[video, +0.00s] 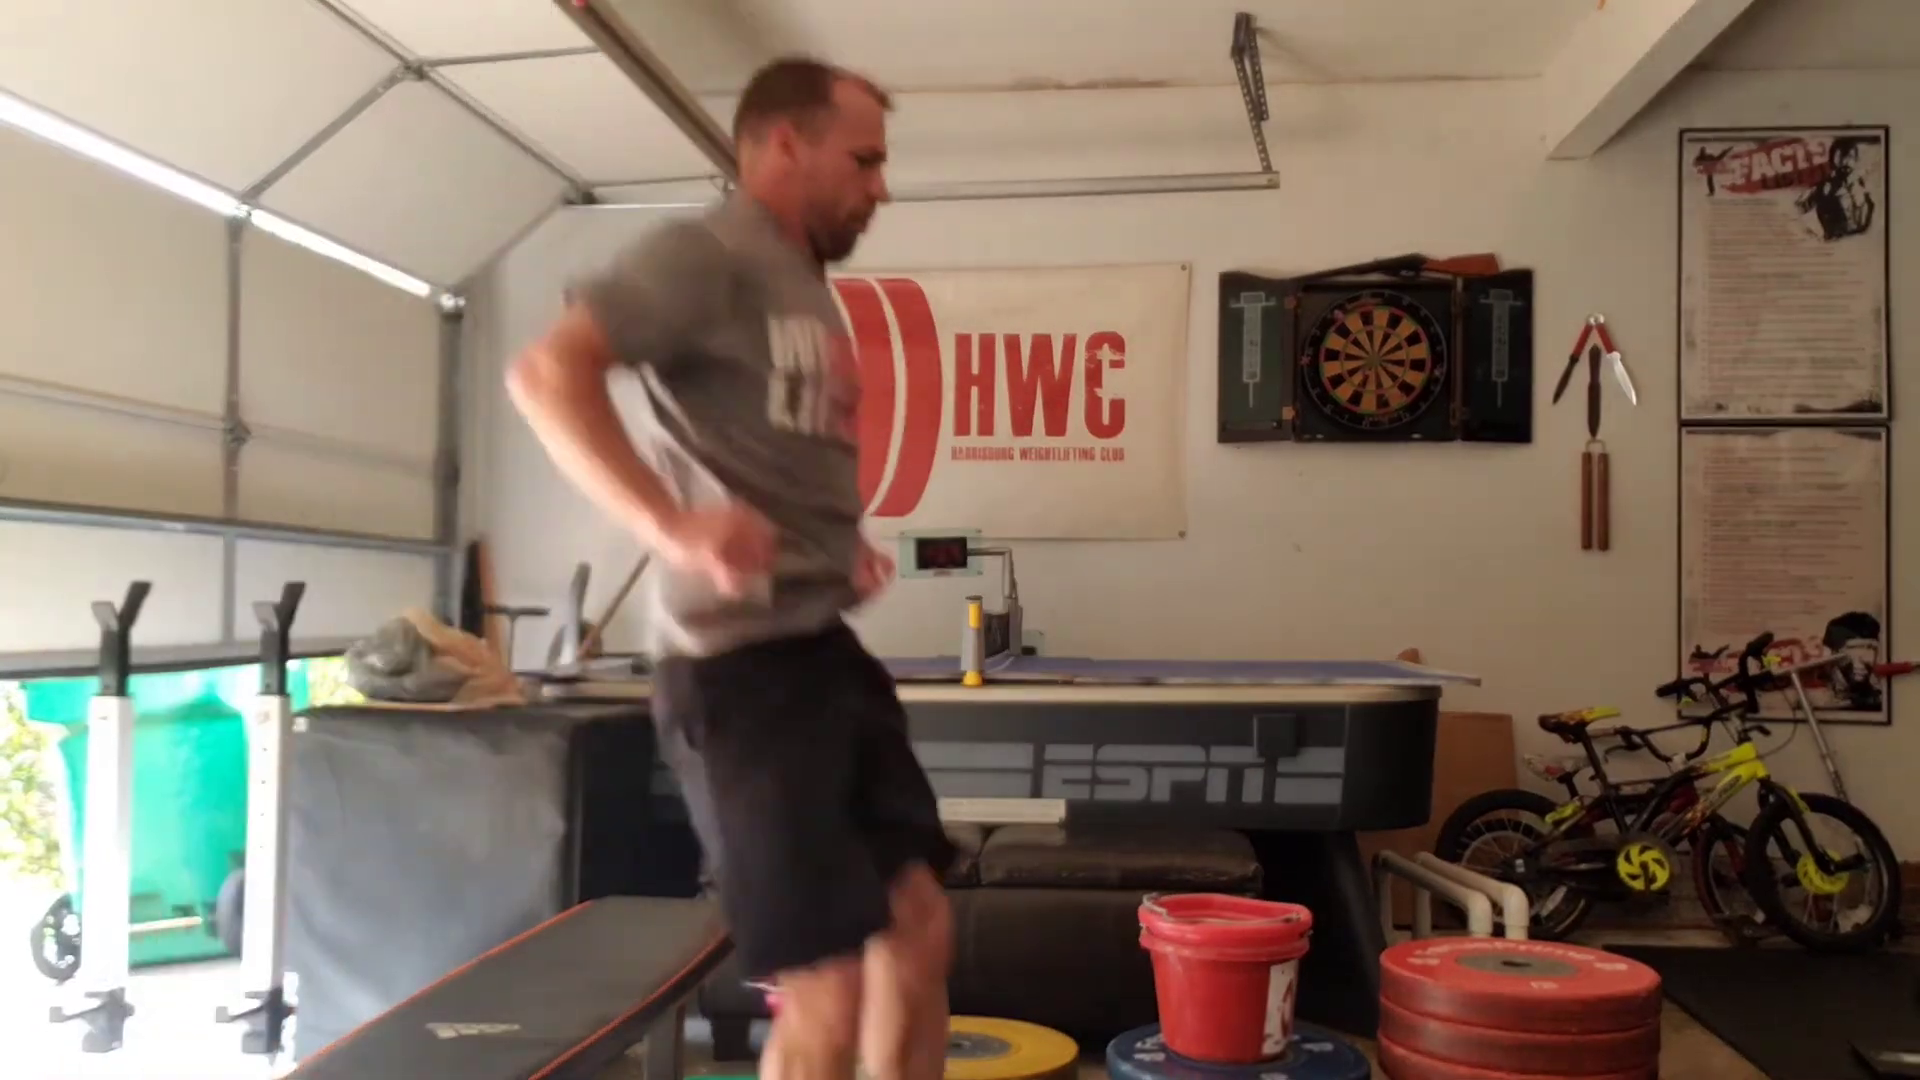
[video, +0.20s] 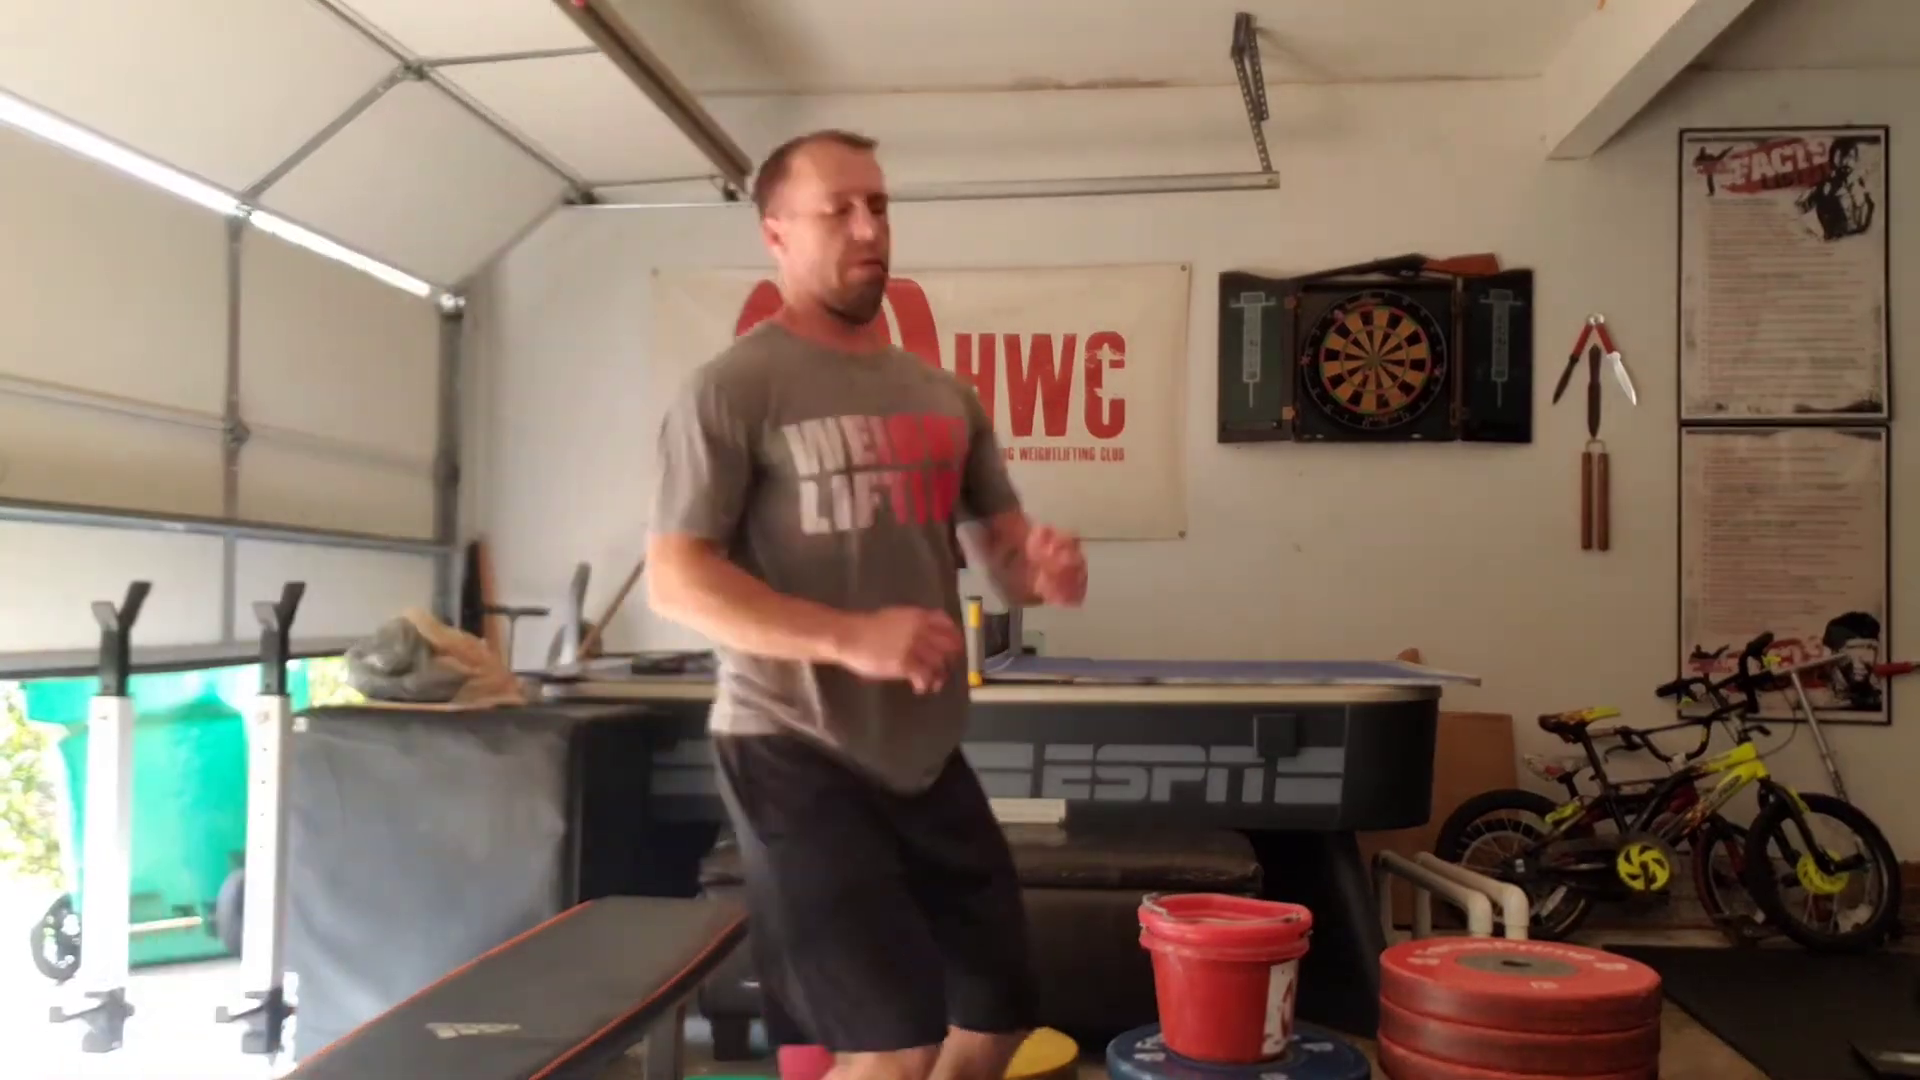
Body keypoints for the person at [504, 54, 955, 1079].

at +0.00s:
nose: (881, 190)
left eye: (882, 165)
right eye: (867, 161)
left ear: (794, 152)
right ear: (785, 146)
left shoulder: (799, 279)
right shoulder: (705, 253)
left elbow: (735, 440)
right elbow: (546, 371)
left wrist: (832, 537)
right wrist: (671, 523)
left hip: (825, 655)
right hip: (736, 672)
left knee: (918, 922)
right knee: (822, 986)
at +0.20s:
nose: (870, 230)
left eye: (879, 208)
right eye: (839, 212)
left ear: (892, 223)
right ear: (777, 239)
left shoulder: (943, 396)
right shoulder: (729, 392)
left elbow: (999, 542)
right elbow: (675, 575)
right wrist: (848, 634)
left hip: (926, 750)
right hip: (793, 752)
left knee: (991, 1019)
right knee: (889, 1039)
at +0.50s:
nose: (801, 179)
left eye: (821, 153)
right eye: (796, 159)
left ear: (902, 149)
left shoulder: (1021, 306)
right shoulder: (810, 356)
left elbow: (1111, 485)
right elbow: (795, 523)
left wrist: (962, 548)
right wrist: (764, 591)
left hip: (980, 709)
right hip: (851, 715)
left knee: (1001, 1019)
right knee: (853, 1002)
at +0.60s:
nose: (818, 193)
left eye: (833, 164)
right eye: (816, 169)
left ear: (907, 157)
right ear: (893, 164)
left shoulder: (1006, 311)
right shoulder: (879, 337)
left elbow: (1090, 507)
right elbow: (867, 521)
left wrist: (917, 605)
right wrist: (786, 614)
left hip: (1003, 733)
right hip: (886, 734)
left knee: (1038, 1041)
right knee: (866, 1014)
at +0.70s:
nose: (828, 195)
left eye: (840, 165)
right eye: (828, 170)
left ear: (911, 154)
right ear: (907, 160)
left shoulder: (986, 302)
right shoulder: (925, 312)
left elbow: (1040, 506)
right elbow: (923, 533)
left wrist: (860, 598)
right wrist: (806, 627)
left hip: (1015, 721)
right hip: (932, 717)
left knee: (1042, 1034)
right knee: (883, 971)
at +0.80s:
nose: (830, 203)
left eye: (839, 172)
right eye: (827, 178)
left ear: (907, 157)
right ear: (914, 163)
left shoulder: (974, 295)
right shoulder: (930, 306)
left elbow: (990, 501)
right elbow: (944, 528)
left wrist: (799, 602)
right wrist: (837, 643)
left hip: (1019, 712)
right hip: (958, 706)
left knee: (1033, 1037)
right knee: (912, 961)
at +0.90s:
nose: (809, 204)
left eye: (818, 175)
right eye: (807, 180)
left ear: (884, 163)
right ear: (886, 168)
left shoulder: (948, 284)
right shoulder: (931, 293)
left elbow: (963, 473)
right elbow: (987, 507)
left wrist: (810, 651)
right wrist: (916, 649)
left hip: (1022, 702)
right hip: (978, 700)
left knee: (1015, 1033)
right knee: (947, 973)